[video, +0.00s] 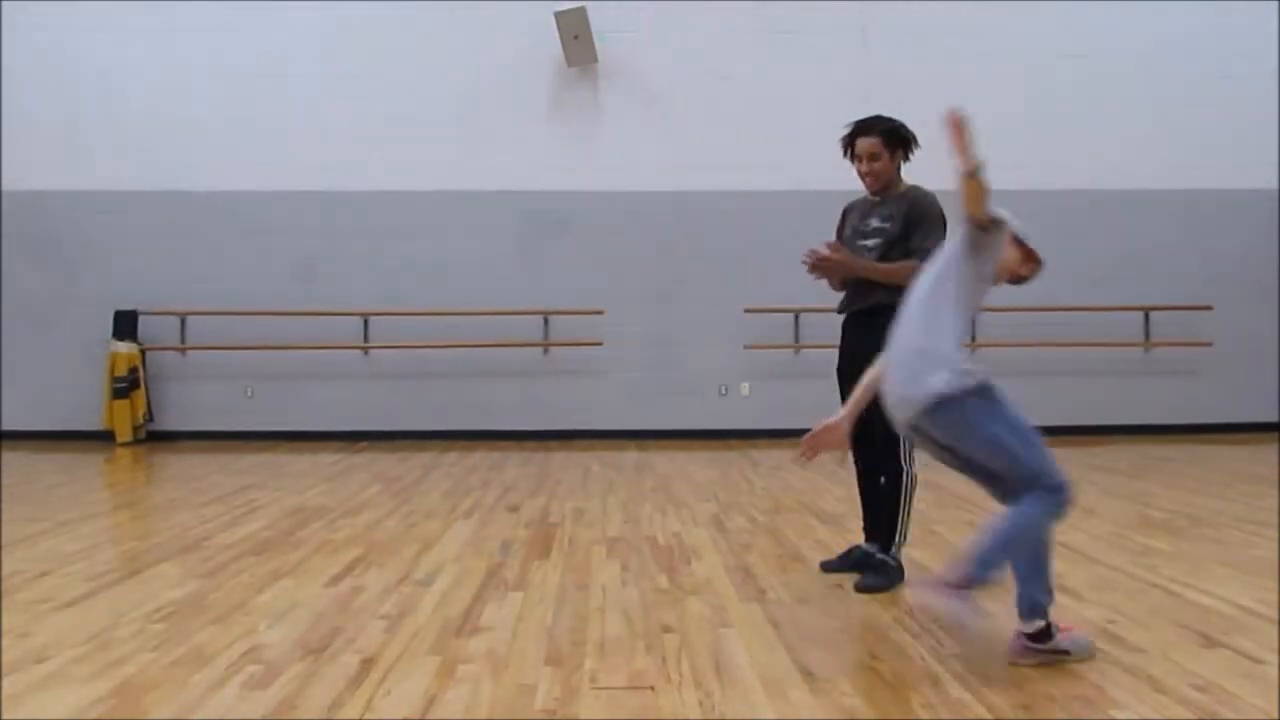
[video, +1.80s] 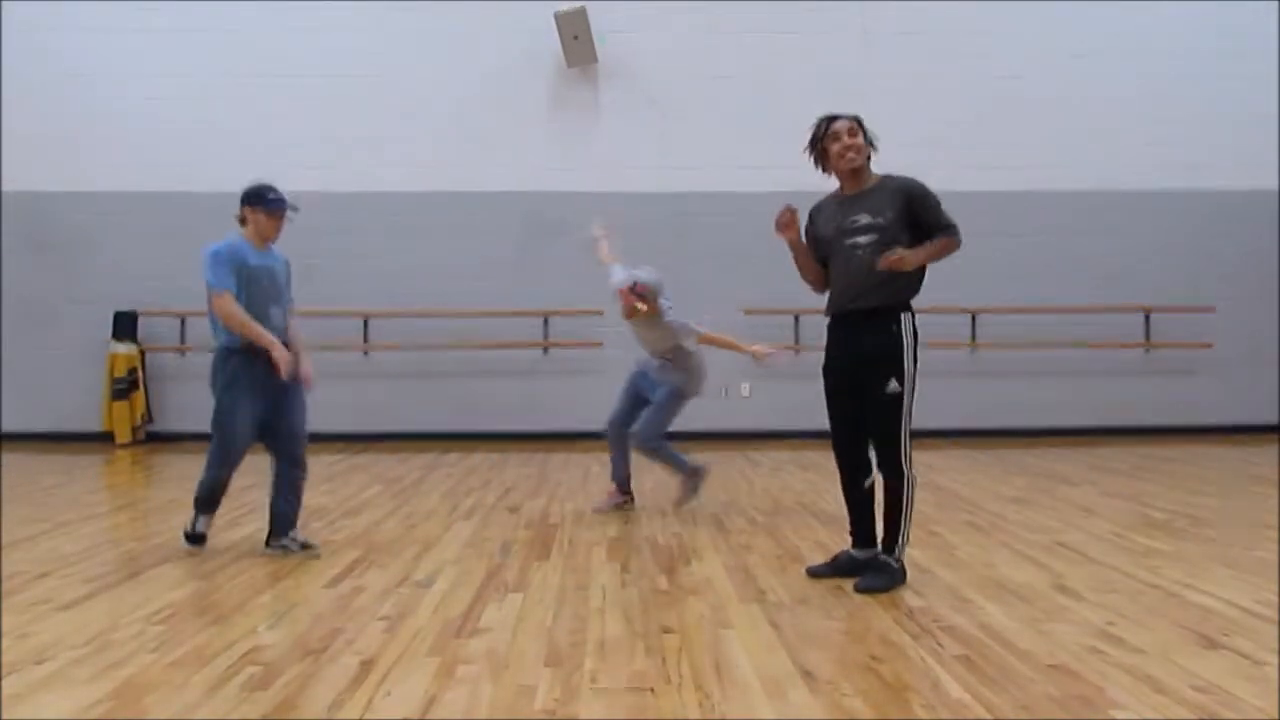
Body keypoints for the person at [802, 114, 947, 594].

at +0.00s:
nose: (865, 167)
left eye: (874, 157)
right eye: (858, 158)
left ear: (899, 157)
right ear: (852, 162)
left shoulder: (921, 206)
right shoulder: (852, 213)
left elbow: (926, 274)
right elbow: (848, 280)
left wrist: (853, 267)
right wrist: (833, 268)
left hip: (897, 326)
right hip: (858, 327)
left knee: (890, 441)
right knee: (863, 440)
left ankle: (889, 552)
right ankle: (872, 543)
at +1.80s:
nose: (848, 143)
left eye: (854, 134)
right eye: (836, 139)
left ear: (867, 144)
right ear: (824, 157)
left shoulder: (904, 192)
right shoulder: (822, 213)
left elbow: (950, 237)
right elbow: (819, 281)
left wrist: (915, 255)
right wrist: (795, 242)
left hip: (890, 329)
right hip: (844, 333)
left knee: (890, 448)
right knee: (849, 447)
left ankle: (892, 557)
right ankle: (862, 548)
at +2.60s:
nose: (861, 127)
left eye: (871, 126)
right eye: (852, 124)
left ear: (885, 148)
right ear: (838, 147)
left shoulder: (903, 182)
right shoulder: (834, 197)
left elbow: (958, 221)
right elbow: (830, 260)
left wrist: (919, 265)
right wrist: (805, 229)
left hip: (884, 321)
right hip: (838, 324)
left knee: (891, 443)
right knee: (845, 443)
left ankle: (893, 555)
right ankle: (856, 550)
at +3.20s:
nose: (841, 137)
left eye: (852, 130)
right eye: (841, 131)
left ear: (880, 143)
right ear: (845, 146)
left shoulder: (898, 189)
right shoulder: (844, 197)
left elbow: (941, 249)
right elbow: (848, 254)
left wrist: (883, 274)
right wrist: (818, 235)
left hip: (880, 328)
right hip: (838, 329)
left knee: (892, 444)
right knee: (841, 442)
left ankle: (895, 557)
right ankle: (857, 550)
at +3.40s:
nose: (833, 144)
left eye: (843, 136)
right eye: (831, 137)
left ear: (872, 146)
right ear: (836, 151)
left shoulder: (895, 193)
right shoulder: (842, 204)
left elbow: (942, 249)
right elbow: (849, 271)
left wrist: (887, 285)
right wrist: (816, 268)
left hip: (878, 329)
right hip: (838, 331)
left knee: (886, 444)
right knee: (841, 444)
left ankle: (893, 557)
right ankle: (858, 550)